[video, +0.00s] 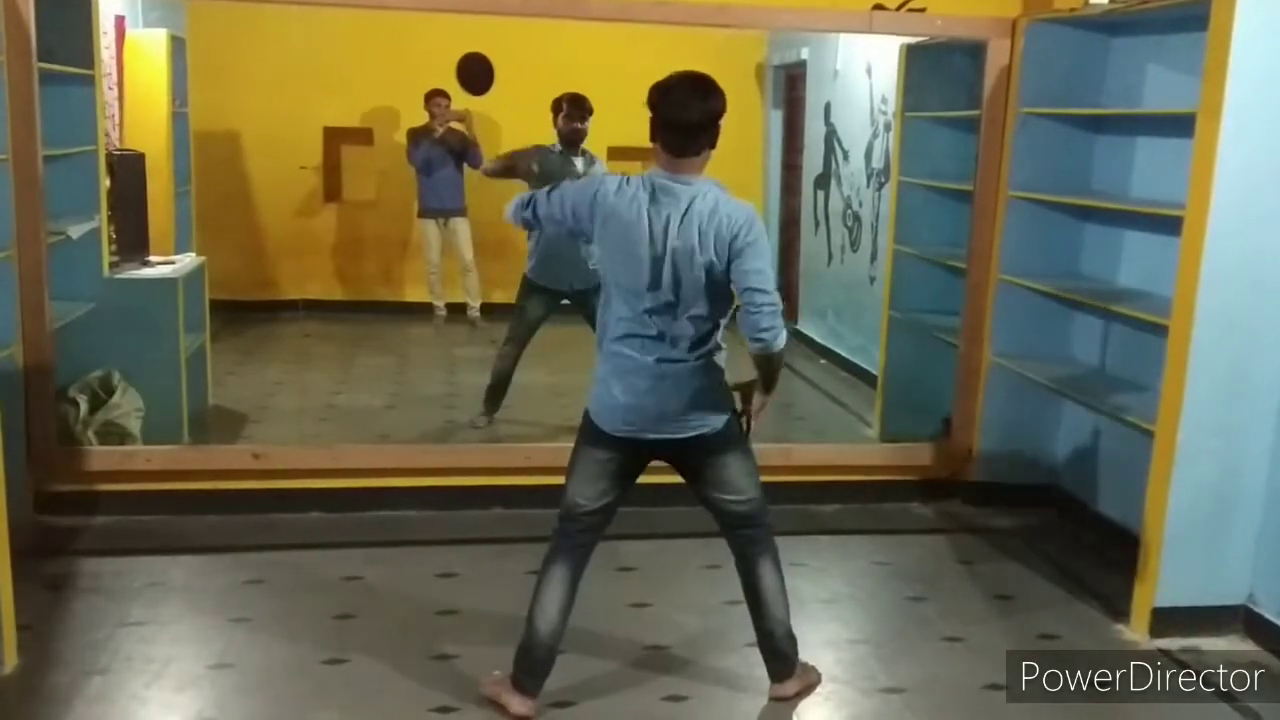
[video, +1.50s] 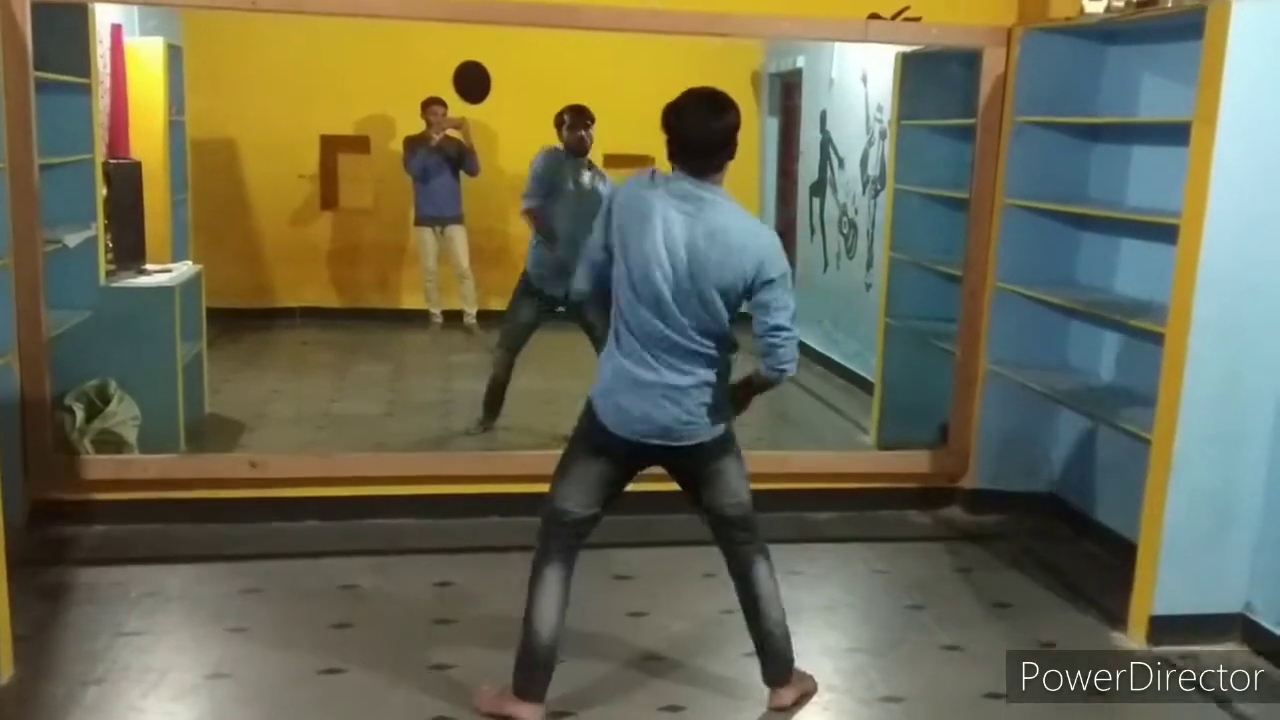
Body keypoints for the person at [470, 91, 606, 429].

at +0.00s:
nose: (577, 126)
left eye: (583, 120)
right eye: (570, 119)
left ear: (590, 123)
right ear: (556, 121)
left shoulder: (598, 168)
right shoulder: (537, 159)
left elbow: (616, 211)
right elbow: (489, 167)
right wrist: (518, 165)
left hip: (591, 278)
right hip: (544, 276)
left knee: (624, 346)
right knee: (512, 347)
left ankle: (635, 423)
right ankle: (488, 411)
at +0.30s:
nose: (589, 126)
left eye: (595, 121)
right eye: (582, 119)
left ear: (600, 128)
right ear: (567, 121)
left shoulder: (599, 170)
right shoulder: (545, 158)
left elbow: (607, 212)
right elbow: (510, 195)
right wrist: (536, 184)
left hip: (589, 270)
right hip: (544, 269)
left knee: (619, 337)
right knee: (512, 341)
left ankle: (624, 414)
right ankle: (487, 407)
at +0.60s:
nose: (580, 123)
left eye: (586, 117)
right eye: (574, 115)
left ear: (593, 122)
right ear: (559, 117)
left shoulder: (595, 166)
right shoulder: (546, 156)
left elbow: (612, 208)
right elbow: (518, 166)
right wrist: (558, 149)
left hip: (588, 271)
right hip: (543, 269)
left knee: (622, 339)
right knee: (512, 340)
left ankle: (630, 415)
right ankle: (486, 407)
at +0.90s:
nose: (589, 128)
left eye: (595, 122)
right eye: (582, 120)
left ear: (603, 126)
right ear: (570, 121)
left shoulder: (608, 168)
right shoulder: (560, 150)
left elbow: (611, 222)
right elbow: (597, 171)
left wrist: (616, 265)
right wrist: (648, 176)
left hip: (591, 264)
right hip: (549, 261)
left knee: (624, 337)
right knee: (516, 335)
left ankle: (642, 410)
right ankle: (487, 403)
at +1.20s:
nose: (642, 159)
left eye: (646, 153)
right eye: (637, 151)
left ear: (648, 156)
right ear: (621, 146)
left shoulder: (632, 191)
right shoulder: (601, 173)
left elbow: (617, 236)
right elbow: (564, 162)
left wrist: (623, 272)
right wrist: (611, 164)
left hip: (599, 276)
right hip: (564, 270)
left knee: (638, 335)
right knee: (549, 342)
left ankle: (628, 409)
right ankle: (517, 303)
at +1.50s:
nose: (584, 133)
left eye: (588, 127)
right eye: (576, 128)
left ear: (594, 131)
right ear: (561, 132)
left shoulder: (601, 179)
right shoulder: (549, 160)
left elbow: (611, 223)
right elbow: (531, 207)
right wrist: (551, 241)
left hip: (585, 281)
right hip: (541, 280)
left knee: (615, 355)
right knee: (506, 349)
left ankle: (628, 427)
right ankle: (488, 418)